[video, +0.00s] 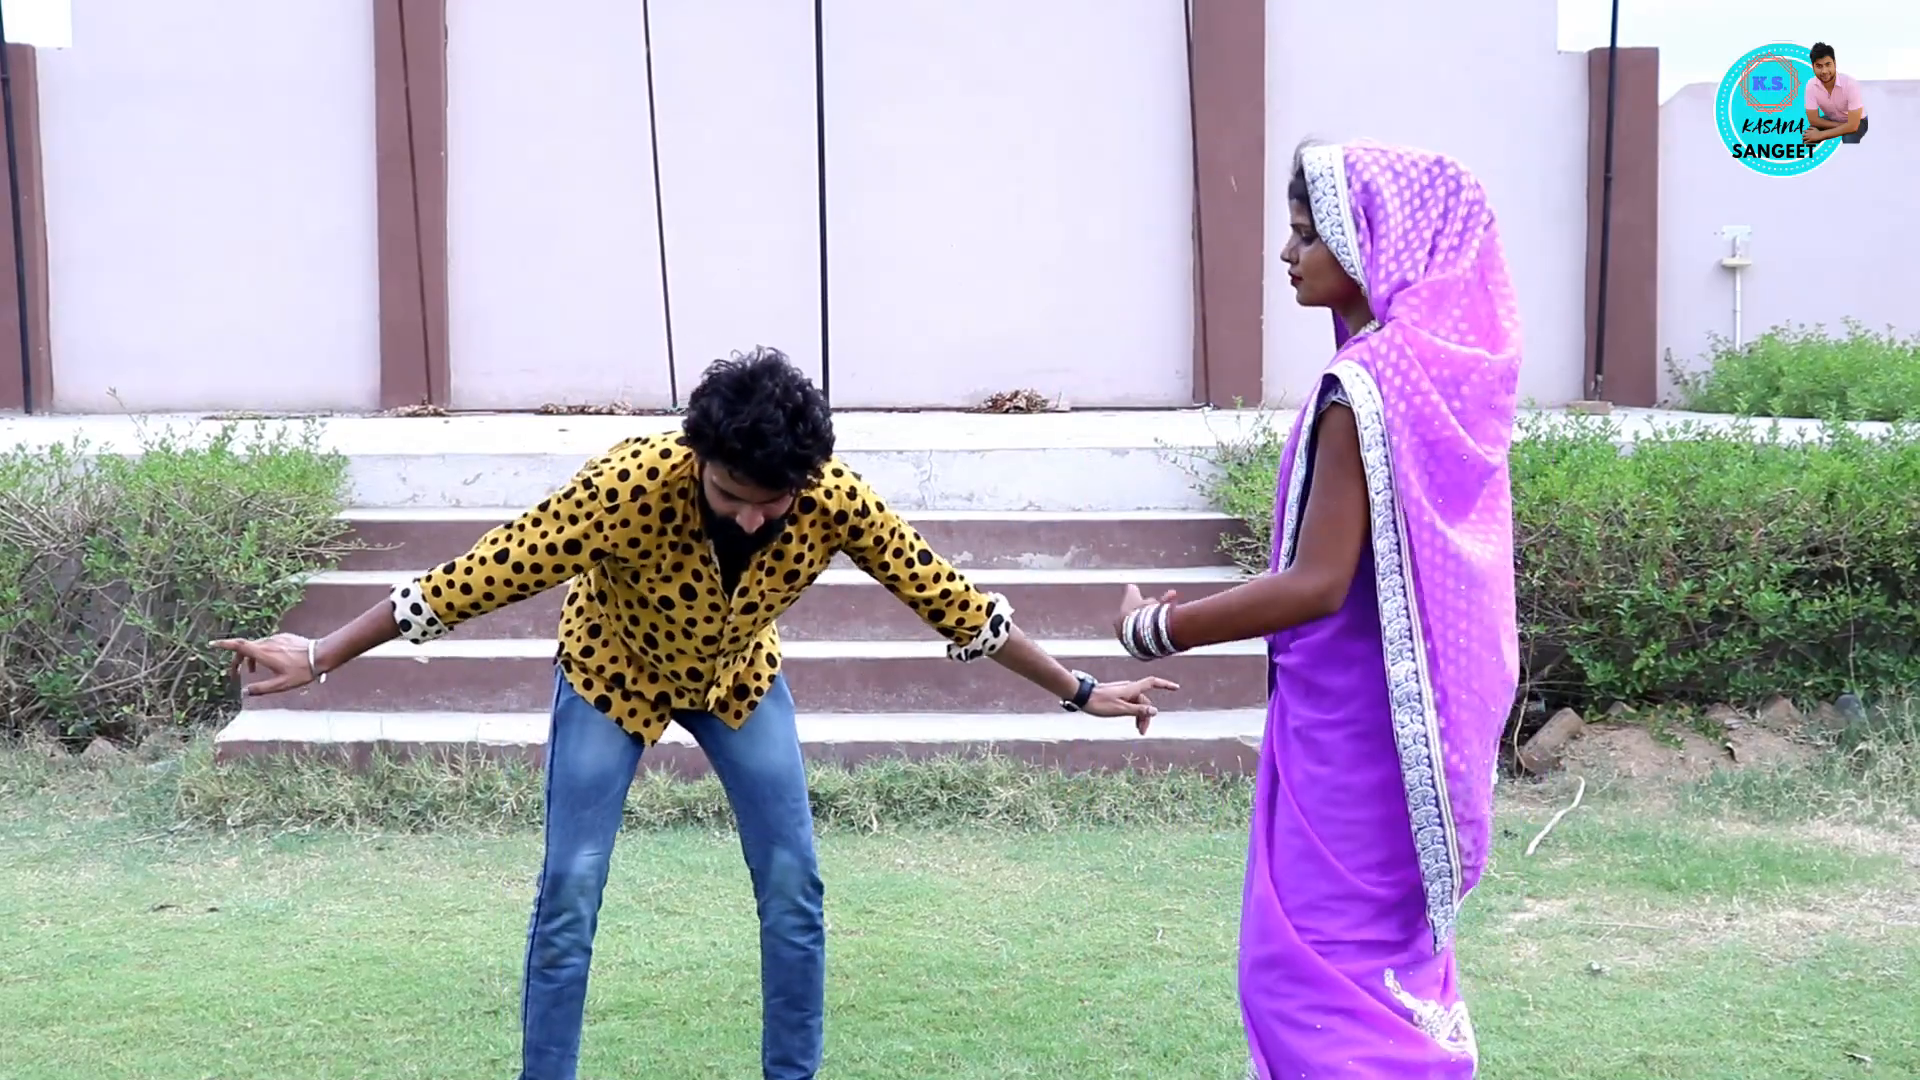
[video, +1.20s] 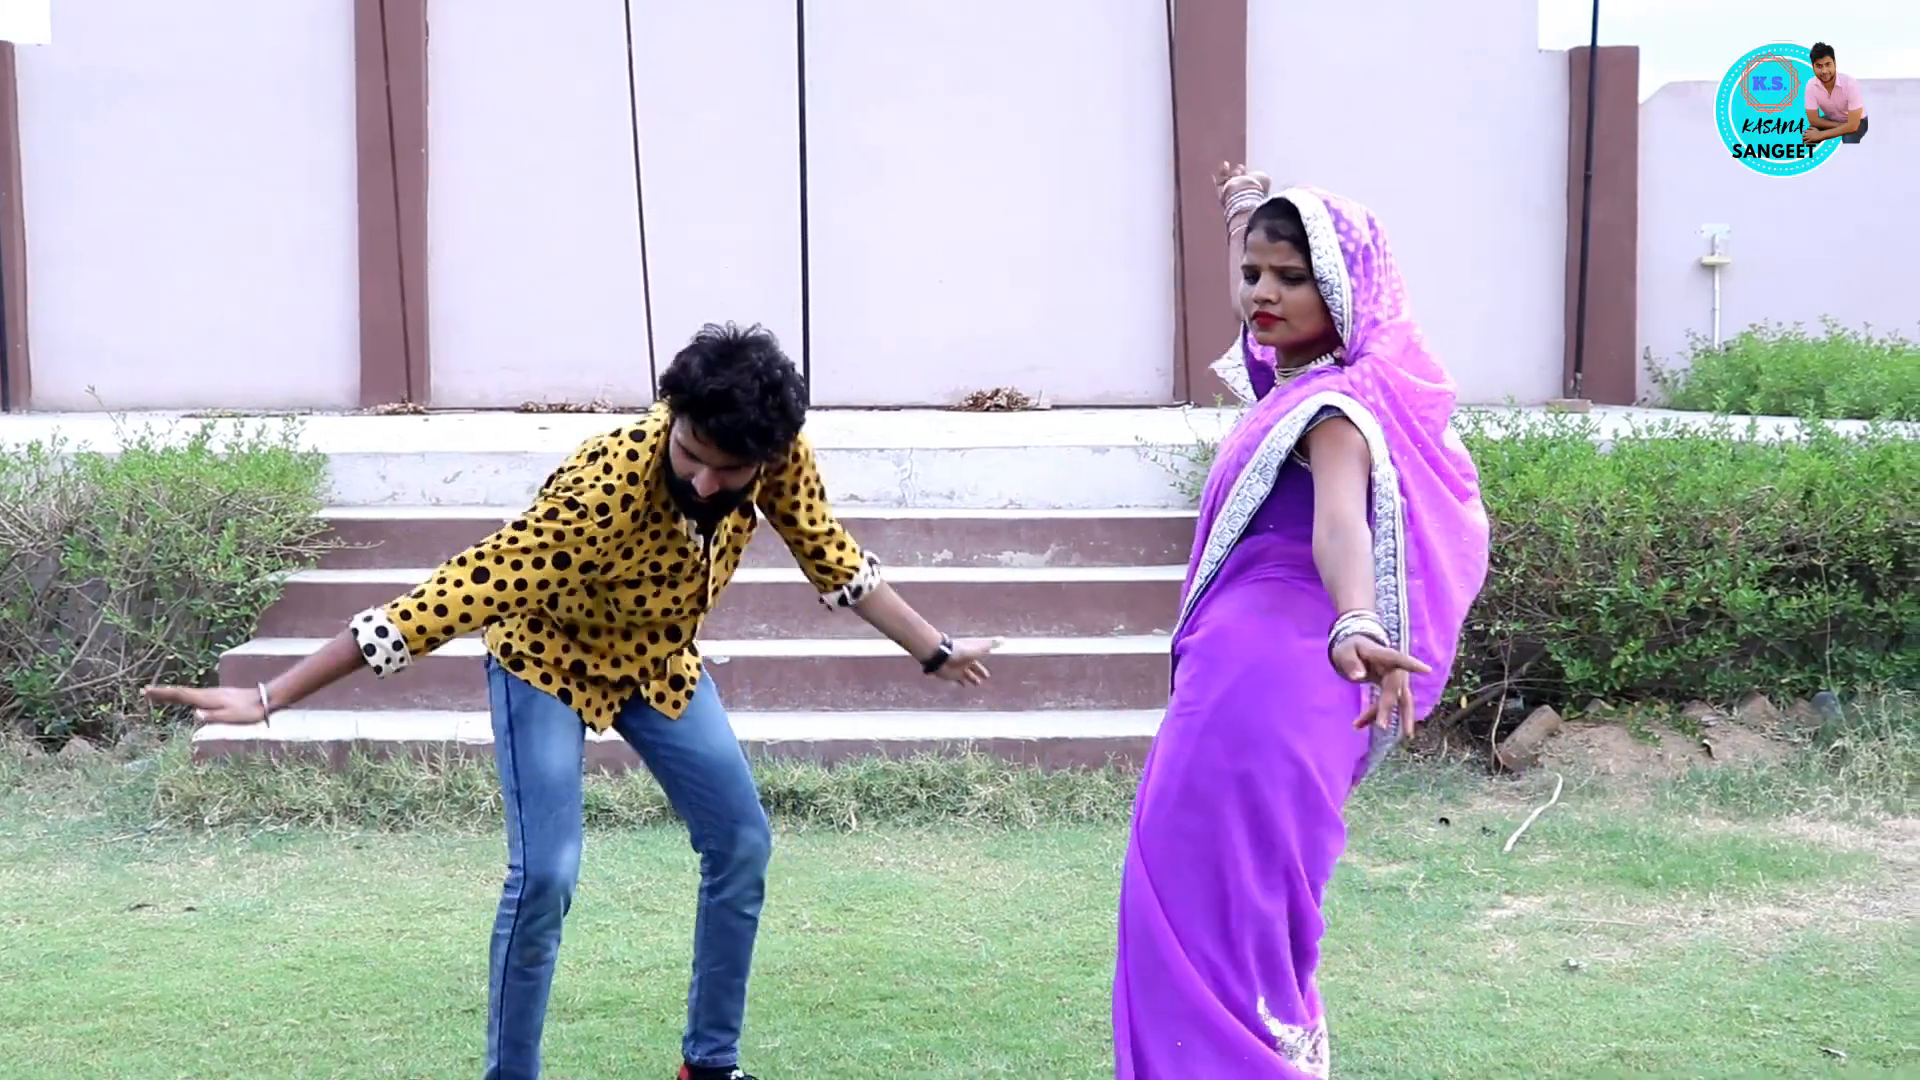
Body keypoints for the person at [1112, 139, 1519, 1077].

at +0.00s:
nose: (1288, 253)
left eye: (1306, 233)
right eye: (1292, 231)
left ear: (1371, 246)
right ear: (1381, 249)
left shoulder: (1359, 386)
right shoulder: (1450, 368)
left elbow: (1319, 583)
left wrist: (1174, 623)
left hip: (1348, 723)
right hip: (1420, 714)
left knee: (1297, 972)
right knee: (1394, 954)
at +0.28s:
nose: (1298, 253)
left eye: (1322, 235)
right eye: (1297, 232)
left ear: (1389, 252)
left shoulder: (1359, 388)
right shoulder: (1444, 368)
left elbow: (1313, 584)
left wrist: (1228, 732)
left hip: (1334, 725)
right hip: (1411, 717)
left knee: (1272, 966)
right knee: (1385, 958)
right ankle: (1390, 1062)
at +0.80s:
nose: (1266, 246)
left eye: (1293, 230)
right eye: (1261, 226)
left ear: (1353, 249)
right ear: (1256, 231)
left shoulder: (1325, 367)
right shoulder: (1354, 354)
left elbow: (1349, 532)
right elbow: (1340, 532)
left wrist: (1344, 697)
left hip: (1286, 695)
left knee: (1282, 954)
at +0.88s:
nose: (1271, 249)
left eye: (1298, 234)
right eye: (1265, 230)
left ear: (1355, 253)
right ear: (1256, 235)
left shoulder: (1325, 367)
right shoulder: (1351, 357)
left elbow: (1353, 514)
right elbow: (1341, 522)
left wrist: (1351, 655)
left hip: (1291, 691)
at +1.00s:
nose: (1273, 264)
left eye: (1298, 248)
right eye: (1266, 245)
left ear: (1355, 264)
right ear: (1257, 248)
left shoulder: (1332, 375)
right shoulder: (1375, 357)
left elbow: (1352, 507)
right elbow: (1306, 385)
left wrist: (1359, 619)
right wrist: (1243, 336)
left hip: (1294, 704)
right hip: (1348, 700)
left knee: (1198, 919)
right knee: (1324, 925)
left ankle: (1224, 1066)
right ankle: (1338, 1058)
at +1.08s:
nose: (1265, 282)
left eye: (1293, 264)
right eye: (1257, 262)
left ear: (1350, 280)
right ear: (1250, 268)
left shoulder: (1333, 392)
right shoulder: (1324, 383)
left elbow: (1339, 523)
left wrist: (1355, 634)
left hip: (1290, 703)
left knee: (1198, 941)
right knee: (1287, 944)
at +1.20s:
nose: (1265, 295)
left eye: (1291, 277)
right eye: (1254, 275)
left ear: (1345, 294)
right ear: (1247, 281)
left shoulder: (1336, 404)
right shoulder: (1301, 391)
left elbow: (1345, 525)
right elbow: (1260, 334)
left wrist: (1355, 620)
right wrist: (1259, 223)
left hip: (1265, 685)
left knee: (1172, 905)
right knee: (1252, 913)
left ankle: (1213, 1060)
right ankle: (1280, 1051)